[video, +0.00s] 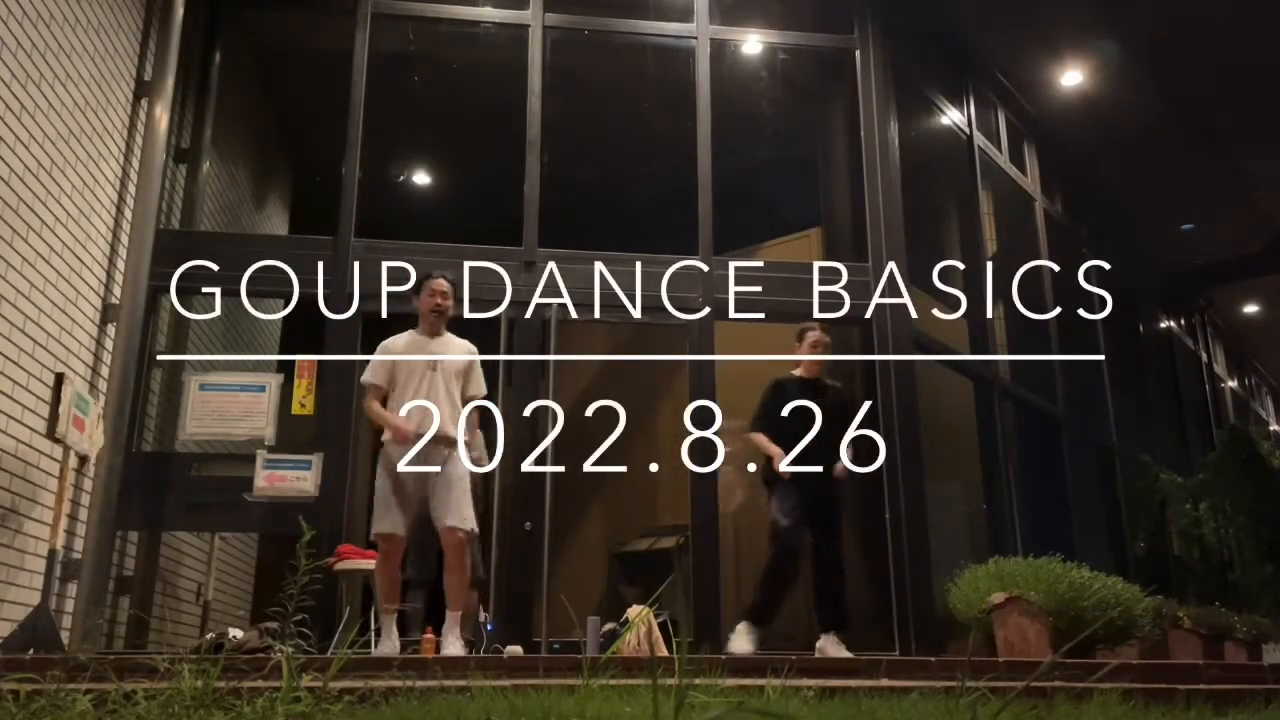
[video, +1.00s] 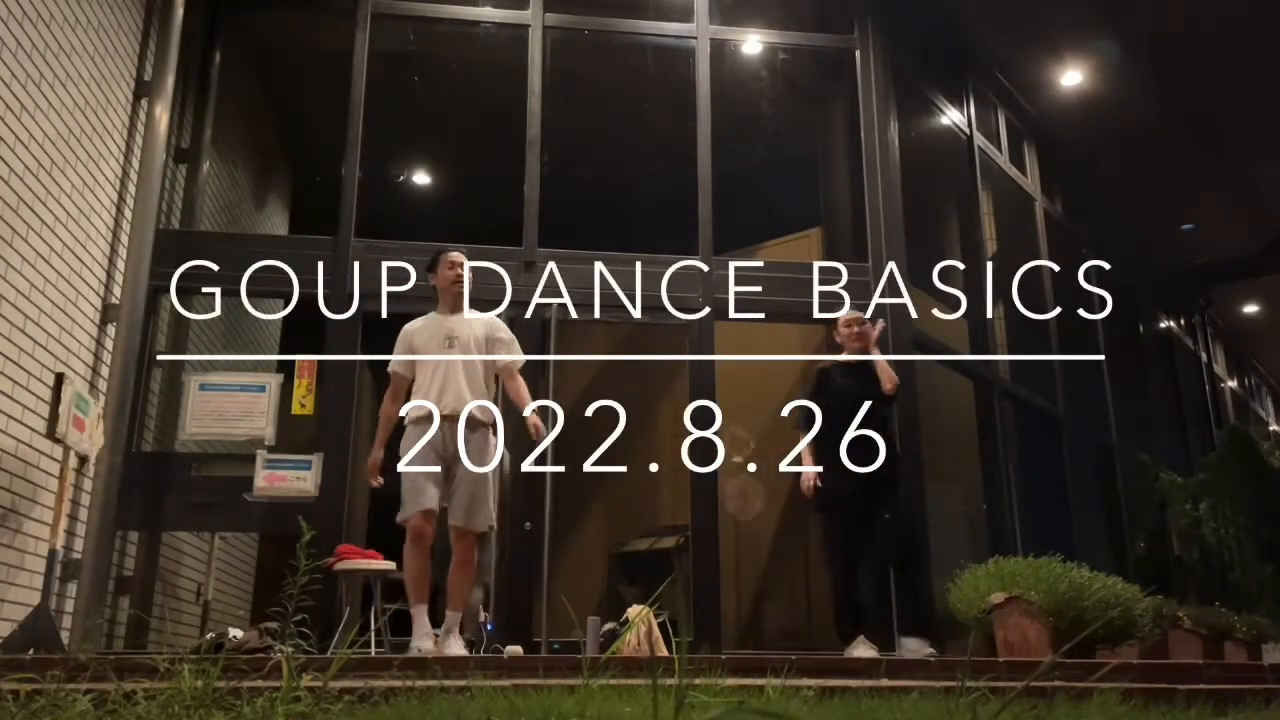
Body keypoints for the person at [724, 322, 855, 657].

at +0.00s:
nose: (819, 351)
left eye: (824, 347)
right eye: (813, 345)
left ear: (829, 353)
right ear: (799, 350)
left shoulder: (837, 394)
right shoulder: (781, 388)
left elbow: (850, 433)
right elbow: (756, 431)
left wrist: (846, 459)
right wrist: (776, 451)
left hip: (825, 482)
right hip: (788, 482)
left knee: (829, 555)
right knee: (787, 552)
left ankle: (829, 635)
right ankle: (749, 627)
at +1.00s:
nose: (855, 331)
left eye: (859, 324)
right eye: (847, 326)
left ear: (869, 331)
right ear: (836, 335)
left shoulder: (879, 368)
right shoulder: (827, 372)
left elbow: (890, 387)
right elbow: (808, 419)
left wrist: (873, 346)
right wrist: (808, 463)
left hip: (882, 471)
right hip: (840, 475)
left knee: (900, 549)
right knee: (846, 555)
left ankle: (908, 634)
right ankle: (855, 638)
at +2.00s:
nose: (875, 315)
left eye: (881, 309)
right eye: (866, 309)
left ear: (891, 317)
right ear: (852, 318)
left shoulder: (905, 361)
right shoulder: (836, 363)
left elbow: (947, 405)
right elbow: (815, 411)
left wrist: (926, 368)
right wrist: (813, 426)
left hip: (905, 471)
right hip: (856, 474)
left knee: (912, 548)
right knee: (867, 554)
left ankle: (917, 632)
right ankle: (877, 637)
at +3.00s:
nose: (779, 342)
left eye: (785, 335)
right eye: (772, 335)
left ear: (792, 342)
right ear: (757, 341)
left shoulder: (811, 387)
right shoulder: (745, 396)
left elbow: (833, 427)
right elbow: (732, 446)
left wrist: (835, 459)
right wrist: (736, 479)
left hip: (807, 483)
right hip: (761, 486)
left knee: (820, 547)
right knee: (752, 560)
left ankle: (793, 618)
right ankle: (736, 638)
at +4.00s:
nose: (777, 328)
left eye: (784, 321)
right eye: (770, 320)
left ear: (795, 329)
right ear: (757, 328)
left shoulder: (812, 376)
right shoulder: (743, 378)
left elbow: (827, 425)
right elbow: (715, 422)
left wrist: (836, 462)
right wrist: (719, 463)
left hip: (804, 479)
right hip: (753, 480)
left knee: (825, 554)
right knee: (734, 558)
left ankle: (799, 620)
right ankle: (711, 638)